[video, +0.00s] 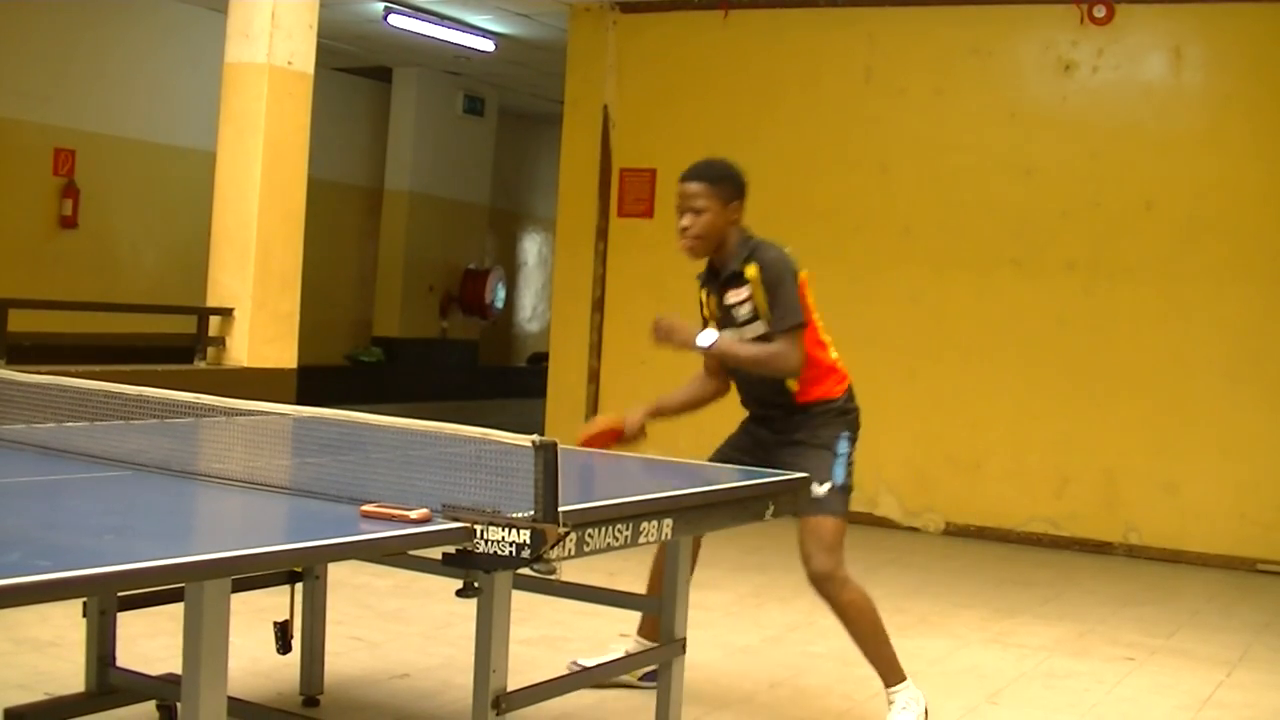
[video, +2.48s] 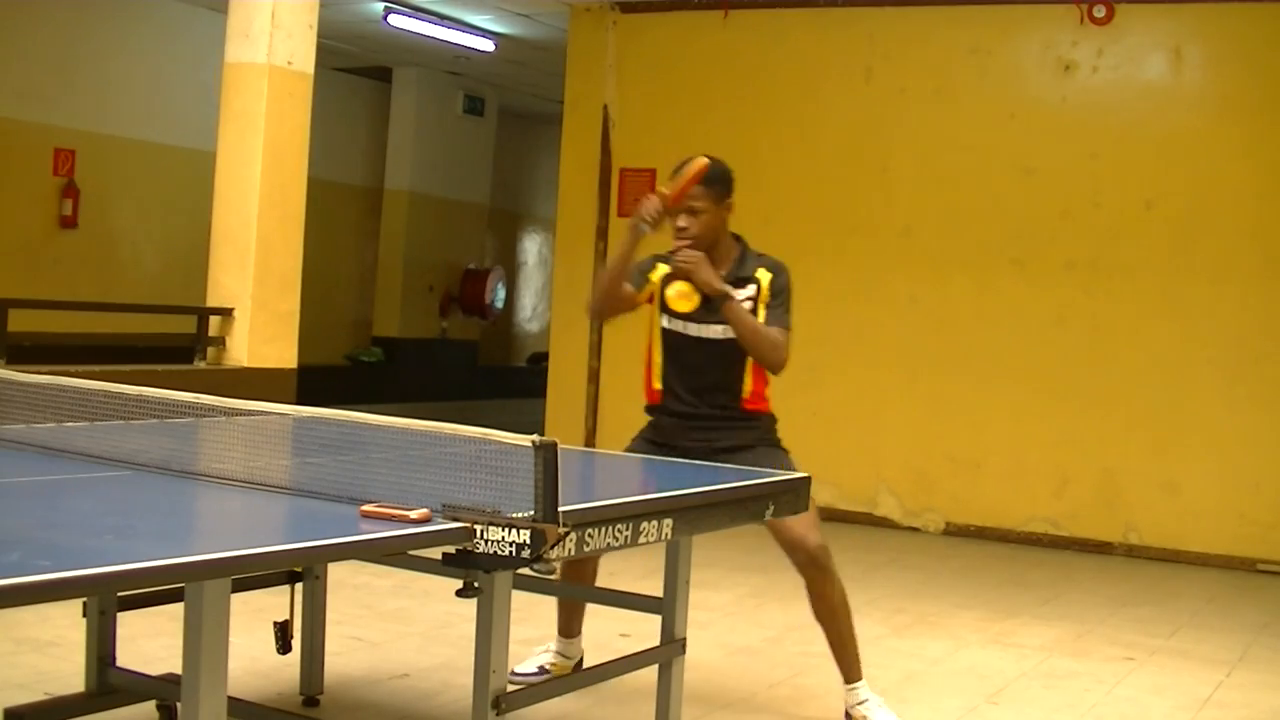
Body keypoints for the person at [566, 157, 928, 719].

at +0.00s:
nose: (684, 223)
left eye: (696, 210)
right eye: (680, 210)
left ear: (734, 211)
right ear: (680, 213)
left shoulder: (770, 264)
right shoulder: (711, 284)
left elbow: (788, 359)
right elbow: (716, 380)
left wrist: (700, 338)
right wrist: (647, 411)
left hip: (820, 420)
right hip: (764, 421)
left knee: (824, 569)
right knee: (680, 520)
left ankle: (903, 694)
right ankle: (645, 651)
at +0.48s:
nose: (593, 225)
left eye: (599, 212)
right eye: (589, 213)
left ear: (636, 201)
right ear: (621, 208)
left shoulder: (703, 246)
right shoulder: (623, 270)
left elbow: (743, 323)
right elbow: (556, 325)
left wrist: (656, 319)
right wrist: (507, 266)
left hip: (731, 417)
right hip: (665, 414)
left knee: (773, 543)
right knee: (575, 499)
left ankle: (826, 690)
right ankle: (607, 634)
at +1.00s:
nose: (742, 263)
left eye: (755, 252)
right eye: (738, 250)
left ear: (791, 250)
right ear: (734, 248)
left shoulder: (840, 304)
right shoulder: (728, 320)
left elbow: (871, 397)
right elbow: (698, 409)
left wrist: (804, 357)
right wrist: (709, 440)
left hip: (851, 450)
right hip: (777, 449)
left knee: (902, 557)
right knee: (682, 538)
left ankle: (945, 701)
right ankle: (679, 663)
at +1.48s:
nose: (765, 238)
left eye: (778, 225)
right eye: (760, 224)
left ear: (814, 222)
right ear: (755, 222)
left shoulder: (858, 279)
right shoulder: (741, 280)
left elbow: (902, 371)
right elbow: (645, 316)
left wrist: (863, 326)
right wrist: (586, 265)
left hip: (842, 440)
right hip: (764, 436)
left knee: (896, 553)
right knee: (670, 535)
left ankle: (923, 705)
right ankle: (652, 662)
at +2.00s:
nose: (578, 281)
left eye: (586, 267)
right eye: (575, 268)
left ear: (623, 257)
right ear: (616, 262)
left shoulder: (655, 292)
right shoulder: (642, 306)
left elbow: (678, 384)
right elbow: (684, 406)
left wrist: (598, 394)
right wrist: (631, 467)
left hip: (756, 431)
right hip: (703, 430)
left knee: (777, 580)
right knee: (612, 508)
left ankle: (878, 698)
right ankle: (611, 653)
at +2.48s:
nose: (682, 223)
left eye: (695, 212)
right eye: (676, 211)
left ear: (727, 211)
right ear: (670, 212)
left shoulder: (765, 275)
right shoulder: (662, 266)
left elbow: (775, 356)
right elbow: (601, 307)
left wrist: (717, 291)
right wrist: (633, 232)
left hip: (745, 438)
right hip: (666, 434)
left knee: (811, 548)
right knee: (582, 525)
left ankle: (857, 693)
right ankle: (565, 653)